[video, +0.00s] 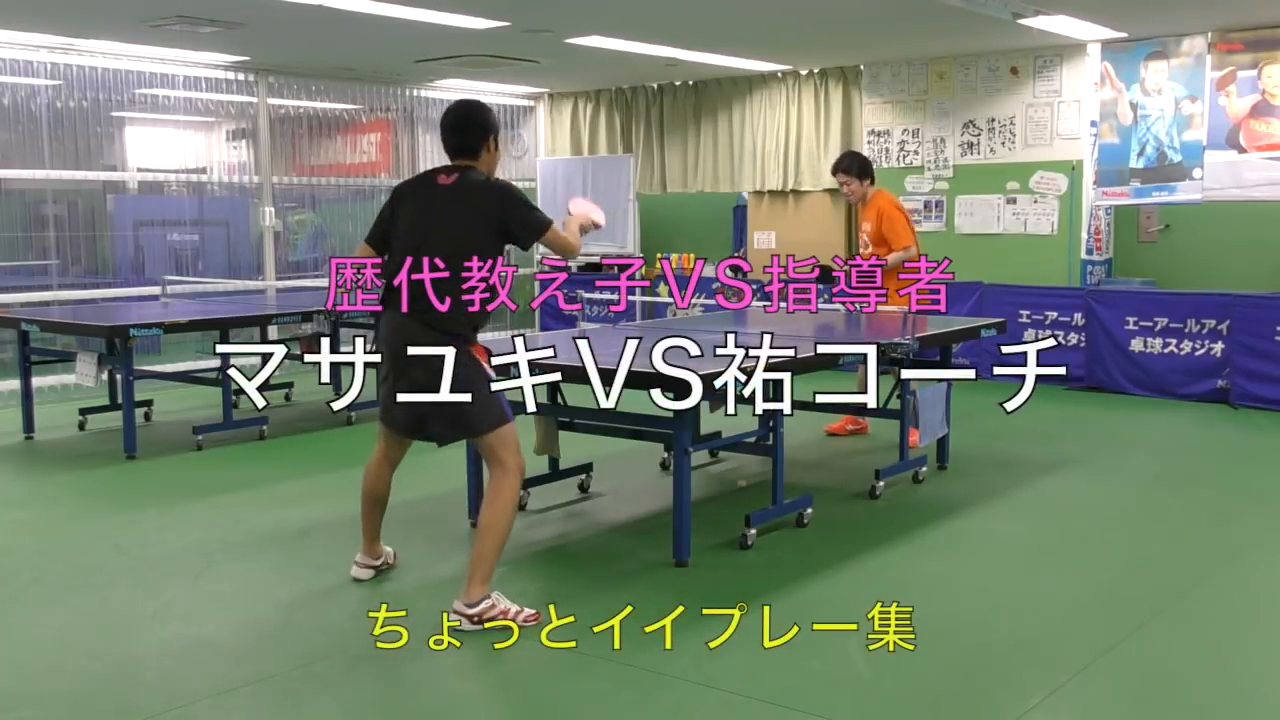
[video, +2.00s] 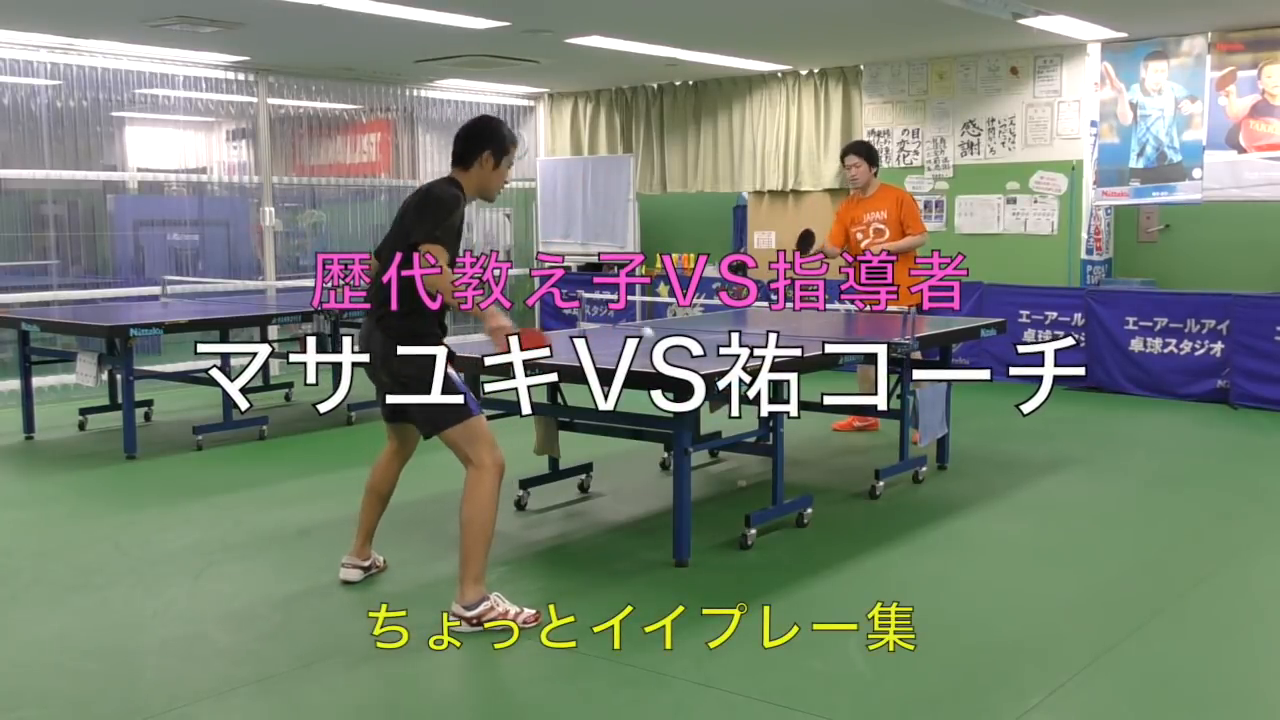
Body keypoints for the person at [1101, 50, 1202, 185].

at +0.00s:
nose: (1159, 77)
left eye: (1162, 71)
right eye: (1154, 71)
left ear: (1168, 72)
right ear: (1144, 72)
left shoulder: (1174, 89)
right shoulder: (1135, 91)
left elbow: (1199, 105)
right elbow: (1125, 121)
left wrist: (1191, 107)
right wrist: (1121, 94)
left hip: (1171, 161)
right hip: (1142, 163)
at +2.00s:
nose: (1159, 76)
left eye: (1163, 71)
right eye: (1155, 71)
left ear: (1168, 73)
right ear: (1144, 72)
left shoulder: (1173, 89)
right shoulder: (1135, 91)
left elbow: (1199, 105)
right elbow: (1125, 120)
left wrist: (1191, 107)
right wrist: (1121, 94)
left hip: (1171, 161)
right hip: (1141, 163)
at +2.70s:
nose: (1159, 76)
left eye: (1163, 71)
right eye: (1155, 71)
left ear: (1168, 73)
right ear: (1144, 72)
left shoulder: (1174, 89)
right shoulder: (1135, 91)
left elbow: (1199, 105)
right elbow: (1125, 121)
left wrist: (1191, 107)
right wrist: (1121, 94)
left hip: (1171, 161)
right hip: (1141, 163)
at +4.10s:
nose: (1158, 77)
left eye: (1162, 72)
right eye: (1154, 71)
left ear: (1167, 73)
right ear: (1143, 72)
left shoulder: (1173, 90)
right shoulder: (1135, 91)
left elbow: (1198, 106)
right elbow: (1125, 121)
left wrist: (1190, 107)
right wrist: (1121, 95)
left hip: (1171, 162)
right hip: (1141, 164)